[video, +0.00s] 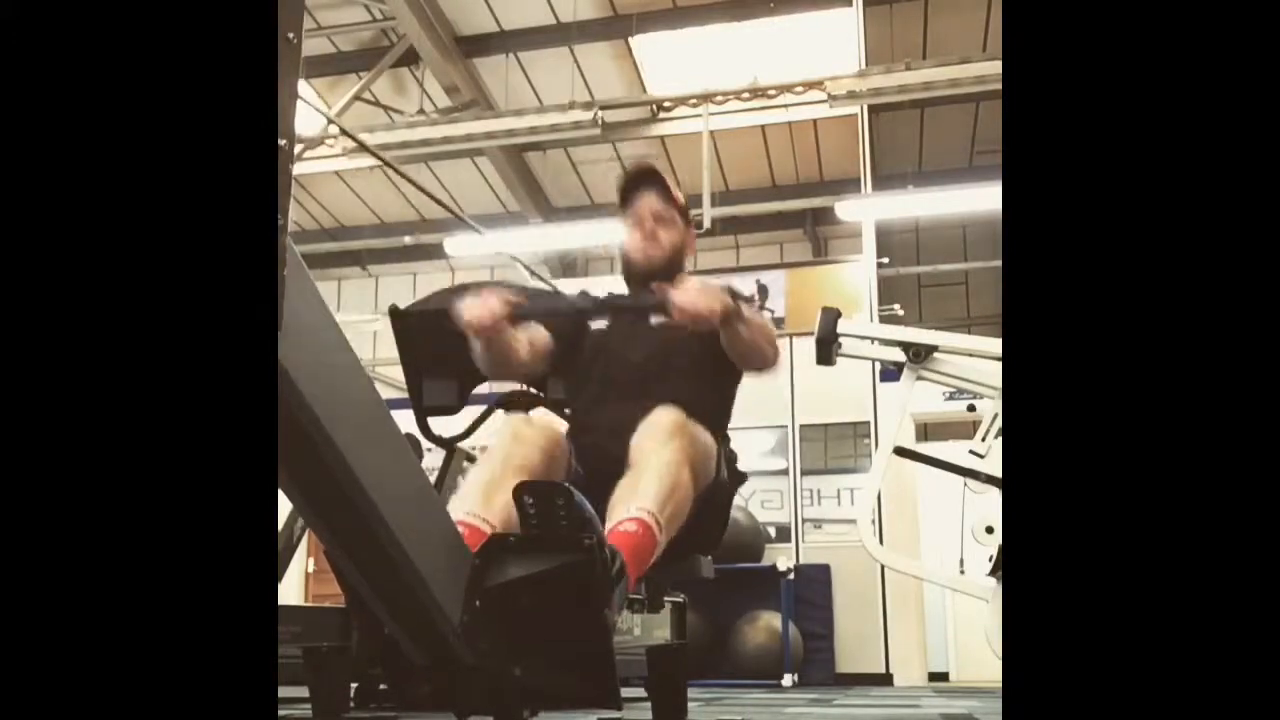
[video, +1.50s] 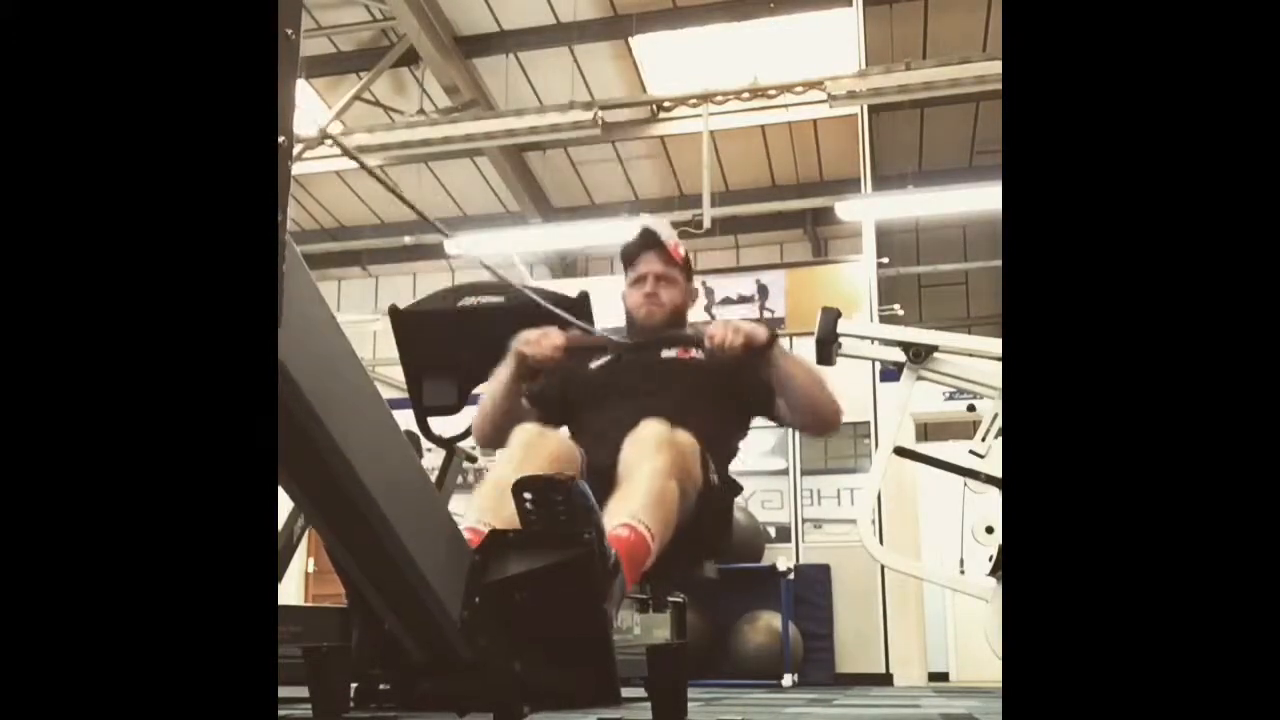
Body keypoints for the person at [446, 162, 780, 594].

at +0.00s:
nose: (647, 230)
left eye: (662, 222)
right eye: (636, 222)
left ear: (689, 238)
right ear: (622, 236)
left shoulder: (717, 303)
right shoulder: (590, 313)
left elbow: (764, 359)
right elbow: (514, 364)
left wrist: (728, 314)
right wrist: (490, 331)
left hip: (688, 476)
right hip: (582, 471)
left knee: (666, 424)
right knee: (521, 428)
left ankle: (609, 572)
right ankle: (451, 556)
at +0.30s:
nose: (655, 299)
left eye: (669, 289)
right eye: (644, 291)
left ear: (692, 301)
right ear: (629, 304)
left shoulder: (726, 366)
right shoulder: (598, 370)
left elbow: (830, 431)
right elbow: (499, 434)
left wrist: (771, 362)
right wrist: (535, 370)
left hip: (695, 500)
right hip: (596, 492)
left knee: (657, 450)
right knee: (534, 456)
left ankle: (606, 579)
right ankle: (490, 572)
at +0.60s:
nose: (622, 203)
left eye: (639, 190)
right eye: (609, 190)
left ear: (666, 208)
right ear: (590, 207)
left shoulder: (705, 293)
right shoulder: (551, 287)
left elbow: (778, 342)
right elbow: (461, 387)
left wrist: (734, 305)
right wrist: (445, 339)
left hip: (675, 497)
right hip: (559, 493)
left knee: (655, 357)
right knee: (510, 365)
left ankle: (606, 566)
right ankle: (445, 556)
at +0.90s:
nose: (593, 156)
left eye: (612, 148)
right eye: (580, 149)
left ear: (648, 175)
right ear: (561, 180)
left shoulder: (689, 249)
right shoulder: (537, 259)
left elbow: (706, 295)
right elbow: (464, 303)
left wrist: (675, 269)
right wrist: (385, 288)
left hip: (670, 483)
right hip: (553, 480)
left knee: (657, 356)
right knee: (504, 358)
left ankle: (608, 565)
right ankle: (443, 555)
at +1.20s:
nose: (652, 269)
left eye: (667, 261)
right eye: (641, 259)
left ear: (691, 280)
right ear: (624, 274)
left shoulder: (722, 345)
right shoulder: (593, 348)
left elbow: (784, 401)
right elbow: (512, 408)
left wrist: (744, 354)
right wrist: (509, 365)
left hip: (686, 481)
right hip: (587, 479)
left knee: (666, 469)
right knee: (531, 471)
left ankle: (613, 577)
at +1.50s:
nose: (651, 289)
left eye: (665, 280)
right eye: (639, 281)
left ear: (690, 293)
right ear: (624, 296)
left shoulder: (725, 355)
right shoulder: (583, 358)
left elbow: (824, 419)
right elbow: (488, 437)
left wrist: (767, 350)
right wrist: (515, 363)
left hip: (689, 504)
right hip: (582, 499)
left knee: (655, 439)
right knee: (536, 439)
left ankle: (610, 572)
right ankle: (469, 554)